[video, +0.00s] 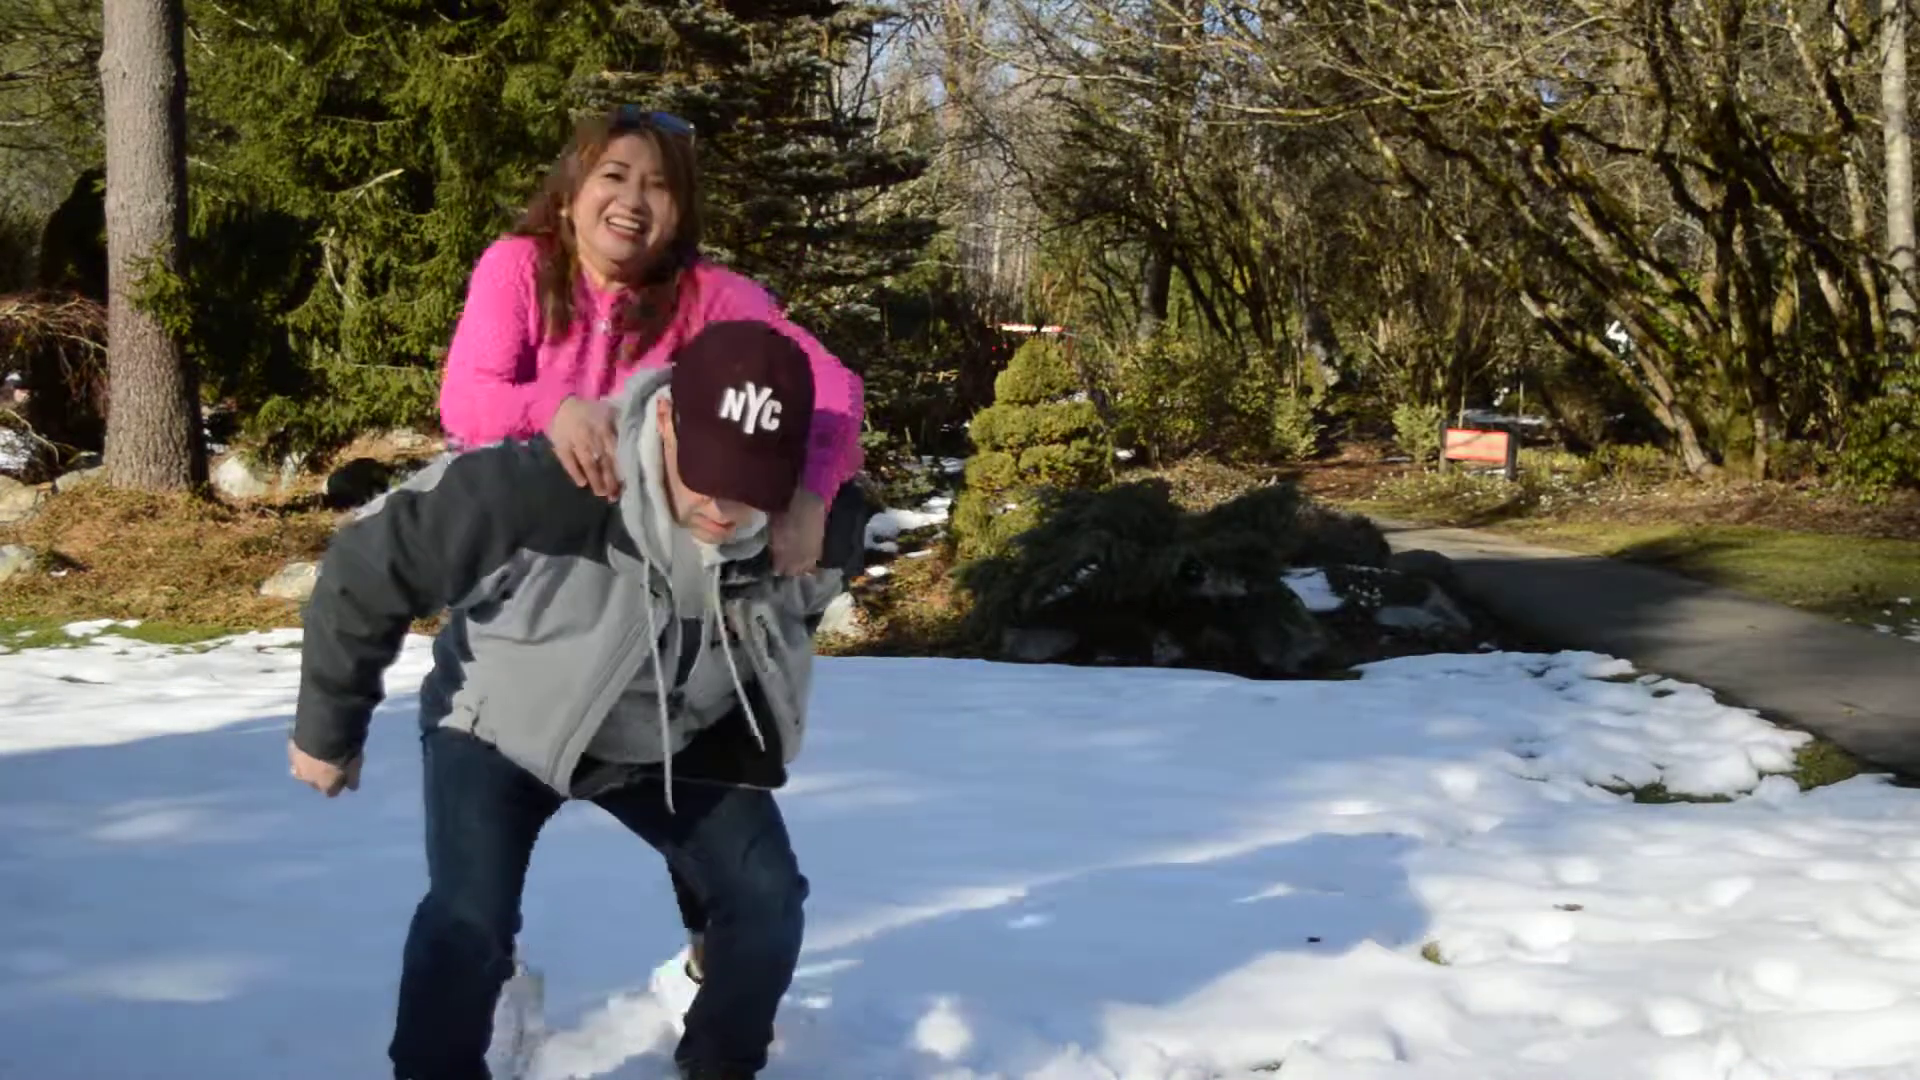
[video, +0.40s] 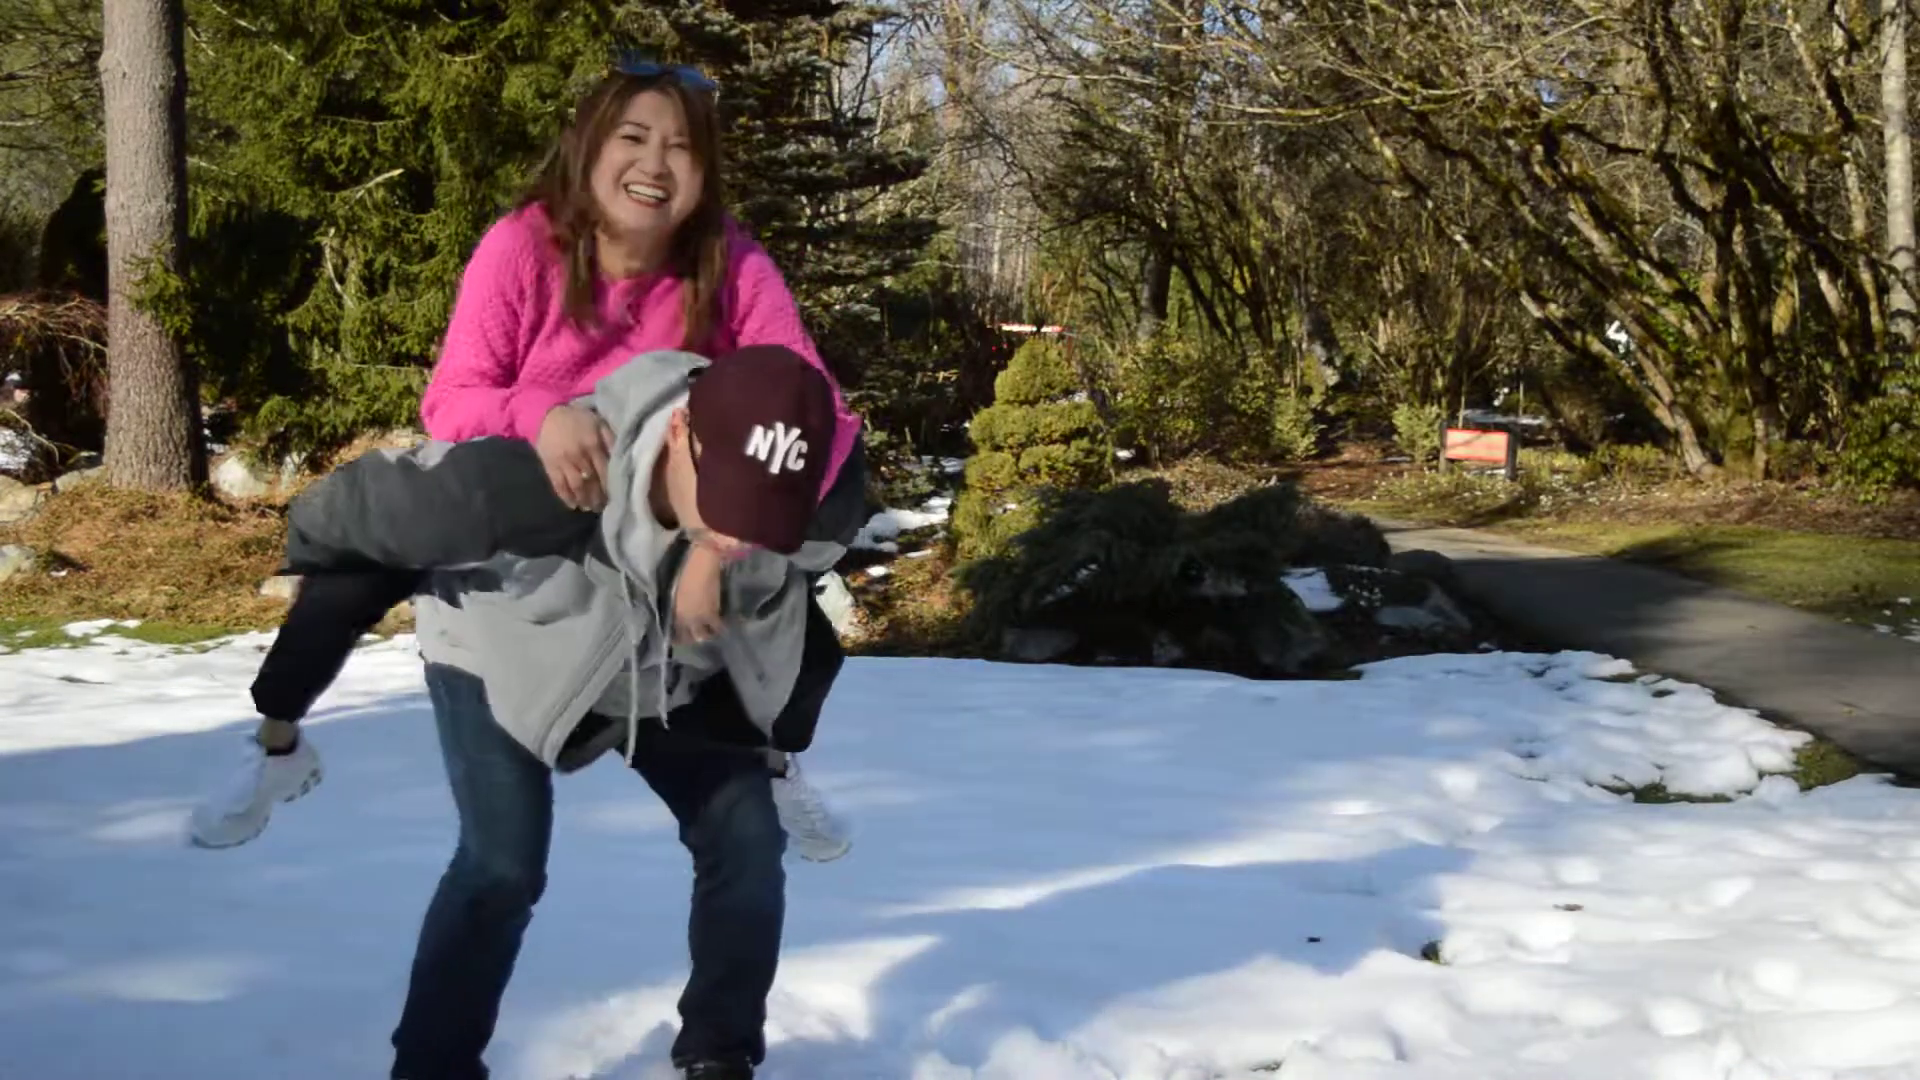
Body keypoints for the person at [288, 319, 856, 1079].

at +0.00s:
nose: (718, 513)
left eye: (747, 496)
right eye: (702, 483)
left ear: (788, 470)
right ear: (666, 419)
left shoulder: (810, 515)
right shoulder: (545, 484)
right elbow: (369, 561)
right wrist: (329, 725)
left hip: (663, 732)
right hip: (503, 720)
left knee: (765, 893)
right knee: (470, 924)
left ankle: (719, 1063)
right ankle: (435, 1070)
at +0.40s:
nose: (734, 544)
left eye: (762, 536)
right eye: (720, 518)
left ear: (803, 490)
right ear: (683, 439)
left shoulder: (822, 509)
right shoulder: (543, 484)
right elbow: (348, 523)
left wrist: (781, 745)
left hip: (669, 642)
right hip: (502, 624)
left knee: (748, 834)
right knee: (505, 864)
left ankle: (721, 1059)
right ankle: (433, 1068)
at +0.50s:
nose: (708, 507)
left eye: (733, 502)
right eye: (697, 481)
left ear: (784, 448)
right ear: (662, 397)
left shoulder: (812, 460)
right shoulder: (531, 442)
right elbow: (360, 478)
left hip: (661, 633)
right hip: (498, 606)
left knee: (753, 821)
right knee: (497, 862)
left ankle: (725, 1053)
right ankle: (432, 1067)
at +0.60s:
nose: (698, 431)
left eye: (726, 420)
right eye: (686, 400)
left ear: (773, 382)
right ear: (649, 326)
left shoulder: (811, 395)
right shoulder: (512, 372)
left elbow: (822, 534)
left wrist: (794, 724)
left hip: (669, 603)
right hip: (498, 590)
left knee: (723, 826)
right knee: (480, 850)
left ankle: (721, 1052)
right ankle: (430, 1069)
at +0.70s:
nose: (690, 356)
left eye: (720, 342)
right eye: (675, 329)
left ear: (764, 300)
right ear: (630, 253)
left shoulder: (814, 326)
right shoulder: (502, 294)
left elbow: (828, 458)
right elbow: (326, 310)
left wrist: (823, 668)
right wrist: (360, 437)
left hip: (677, 561)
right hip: (505, 549)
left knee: (716, 803)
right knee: (475, 807)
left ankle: (726, 1044)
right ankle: (429, 1061)